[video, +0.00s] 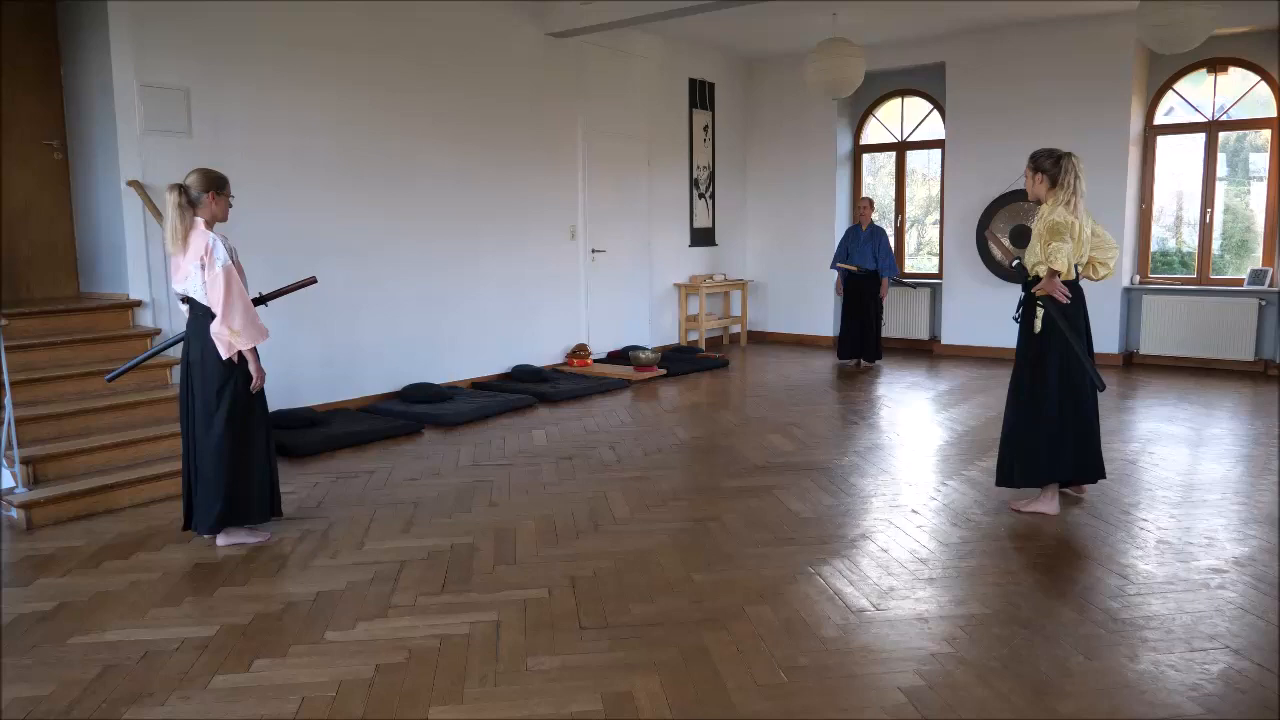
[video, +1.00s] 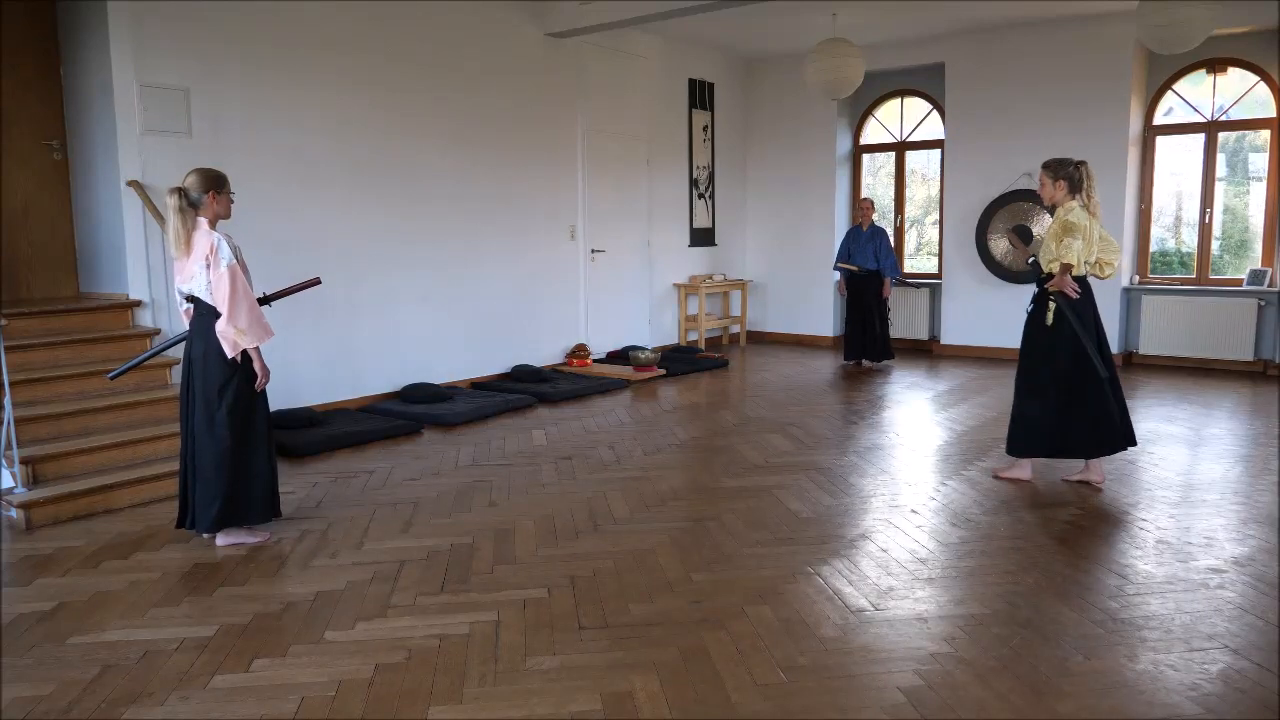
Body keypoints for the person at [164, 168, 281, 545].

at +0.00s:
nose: (231, 205)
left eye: (230, 198)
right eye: (228, 198)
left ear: (203, 199)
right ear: (211, 199)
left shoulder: (183, 239)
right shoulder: (213, 244)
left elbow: (194, 297)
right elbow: (230, 306)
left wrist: (240, 300)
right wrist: (252, 356)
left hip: (198, 343)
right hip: (220, 346)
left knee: (209, 432)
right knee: (229, 434)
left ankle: (215, 520)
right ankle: (230, 526)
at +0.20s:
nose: (232, 204)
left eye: (231, 198)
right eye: (229, 198)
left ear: (203, 199)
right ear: (212, 199)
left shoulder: (182, 241)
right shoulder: (216, 244)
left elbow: (184, 303)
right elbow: (232, 306)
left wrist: (236, 304)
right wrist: (252, 356)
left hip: (196, 343)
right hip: (221, 346)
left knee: (207, 432)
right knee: (228, 433)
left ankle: (212, 520)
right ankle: (229, 526)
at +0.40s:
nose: (232, 203)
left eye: (231, 197)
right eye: (229, 197)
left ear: (203, 199)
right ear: (212, 198)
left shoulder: (182, 241)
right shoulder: (217, 242)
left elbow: (184, 304)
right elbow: (233, 305)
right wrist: (253, 354)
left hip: (197, 344)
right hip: (222, 345)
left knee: (208, 432)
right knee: (228, 433)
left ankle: (214, 521)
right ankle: (229, 526)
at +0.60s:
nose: (232, 203)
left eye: (231, 196)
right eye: (229, 196)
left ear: (203, 198)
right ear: (212, 198)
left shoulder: (182, 241)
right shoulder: (217, 242)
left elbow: (185, 305)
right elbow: (233, 304)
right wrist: (255, 352)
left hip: (197, 343)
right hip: (223, 345)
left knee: (208, 432)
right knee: (229, 433)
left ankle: (214, 521)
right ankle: (229, 526)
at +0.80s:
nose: (232, 201)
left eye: (231, 195)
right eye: (229, 195)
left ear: (203, 199)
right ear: (212, 198)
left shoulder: (183, 242)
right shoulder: (217, 242)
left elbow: (186, 304)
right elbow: (234, 303)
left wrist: (203, 334)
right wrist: (255, 352)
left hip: (199, 343)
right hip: (224, 344)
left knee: (209, 432)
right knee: (230, 433)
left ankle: (214, 521)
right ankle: (230, 525)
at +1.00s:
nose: (232, 201)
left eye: (231, 194)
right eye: (229, 195)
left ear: (202, 199)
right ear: (212, 198)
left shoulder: (184, 241)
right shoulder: (218, 242)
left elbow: (186, 303)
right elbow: (234, 304)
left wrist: (204, 333)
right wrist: (255, 352)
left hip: (200, 343)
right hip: (225, 344)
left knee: (211, 432)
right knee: (232, 433)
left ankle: (216, 521)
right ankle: (231, 526)